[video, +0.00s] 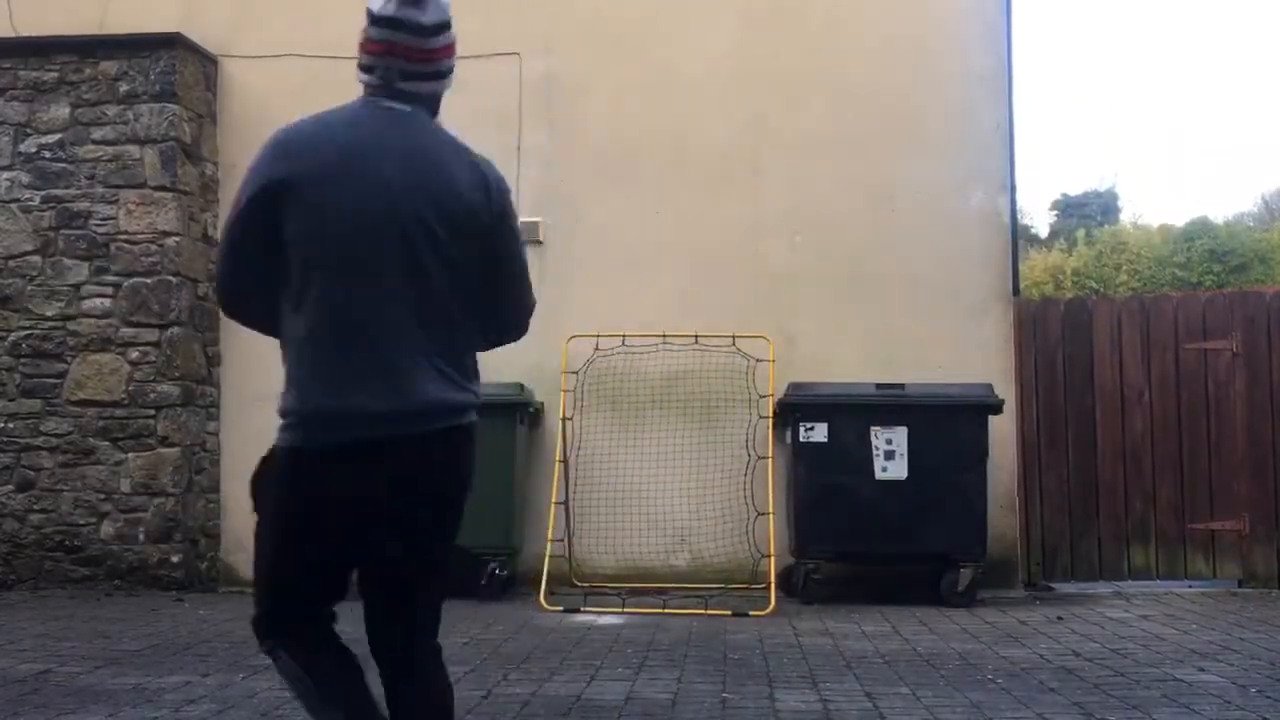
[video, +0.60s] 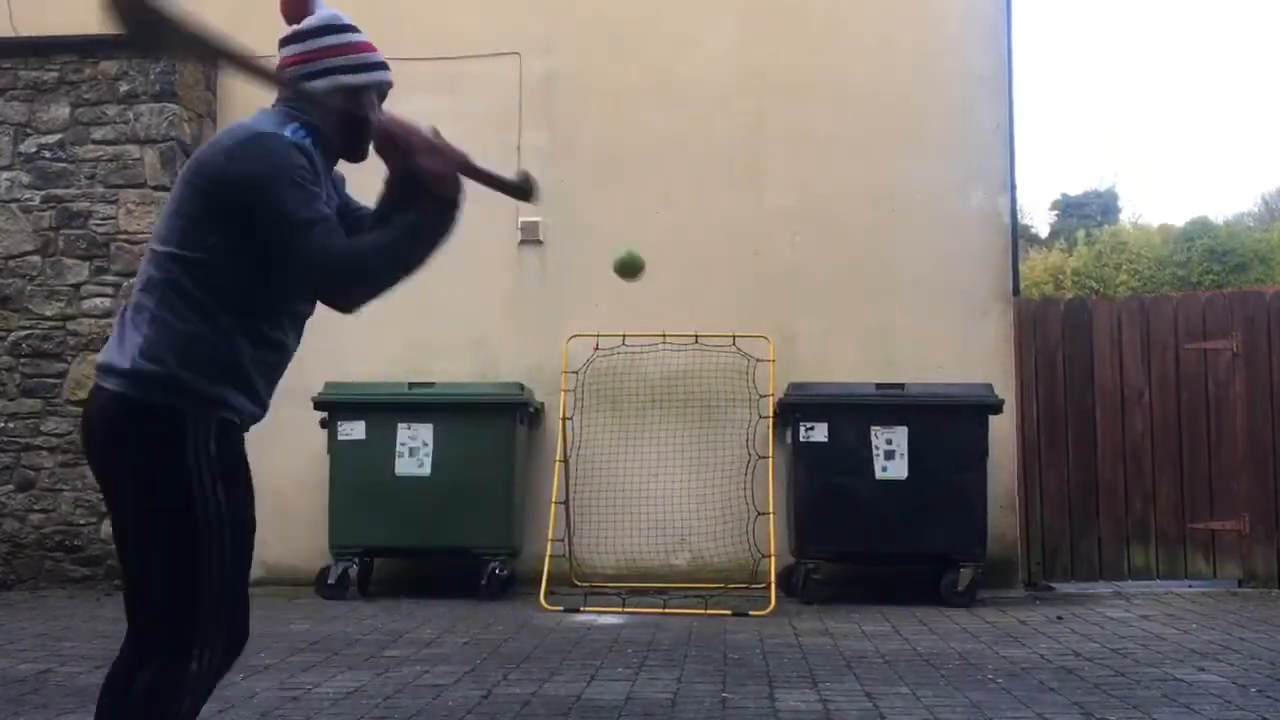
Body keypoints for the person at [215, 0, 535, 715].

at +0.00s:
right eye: (443, 65)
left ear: (363, 63)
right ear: (445, 74)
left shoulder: (294, 150)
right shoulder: (474, 177)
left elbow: (238, 288)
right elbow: (510, 315)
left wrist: (320, 323)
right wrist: (427, 329)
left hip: (323, 443)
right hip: (437, 441)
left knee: (290, 621)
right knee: (408, 633)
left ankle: (360, 713)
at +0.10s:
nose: (419, 78)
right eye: (420, 66)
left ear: (338, 64)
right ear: (416, 71)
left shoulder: (264, 153)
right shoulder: (440, 163)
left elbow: (250, 298)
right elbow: (492, 320)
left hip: (287, 439)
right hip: (408, 436)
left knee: (276, 616)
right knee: (410, 627)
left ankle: (292, 716)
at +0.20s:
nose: (382, 84)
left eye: (382, 67)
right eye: (377, 67)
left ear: (303, 68)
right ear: (353, 70)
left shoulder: (267, 132)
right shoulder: (340, 136)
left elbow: (344, 281)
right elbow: (378, 278)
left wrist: (448, 288)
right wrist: (474, 317)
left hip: (228, 416)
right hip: (321, 416)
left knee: (229, 611)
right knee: (386, 625)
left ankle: (168, 716)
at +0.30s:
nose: (369, 96)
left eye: (368, 77)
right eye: (361, 77)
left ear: (300, 79)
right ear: (321, 77)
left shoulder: (261, 141)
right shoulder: (289, 139)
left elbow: (335, 284)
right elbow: (319, 270)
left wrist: (457, 274)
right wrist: (439, 316)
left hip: (207, 425)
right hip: (265, 424)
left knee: (200, 623)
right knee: (365, 613)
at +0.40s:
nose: (358, 106)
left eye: (357, 87)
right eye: (350, 85)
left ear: (305, 85)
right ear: (306, 83)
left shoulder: (309, 187)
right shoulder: (228, 143)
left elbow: (364, 280)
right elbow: (247, 250)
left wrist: (417, 217)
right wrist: (389, 253)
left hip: (224, 427)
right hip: (190, 425)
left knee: (195, 624)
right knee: (313, 608)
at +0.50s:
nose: (366, 105)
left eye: (366, 88)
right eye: (359, 86)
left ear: (307, 84)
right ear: (318, 82)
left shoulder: (304, 173)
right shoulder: (223, 137)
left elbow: (365, 257)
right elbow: (249, 231)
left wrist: (404, 177)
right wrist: (384, 180)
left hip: (220, 424)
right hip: (169, 419)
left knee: (180, 623)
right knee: (278, 614)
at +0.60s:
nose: (377, 117)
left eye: (378, 100)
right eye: (366, 98)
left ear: (316, 93)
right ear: (323, 94)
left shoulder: (296, 160)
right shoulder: (267, 152)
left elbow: (369, 240)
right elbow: (344, 280)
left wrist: (420, 188)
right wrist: (426, 200)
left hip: (201, 419)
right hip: (159, 414)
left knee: (218, 633)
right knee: (178, 636)